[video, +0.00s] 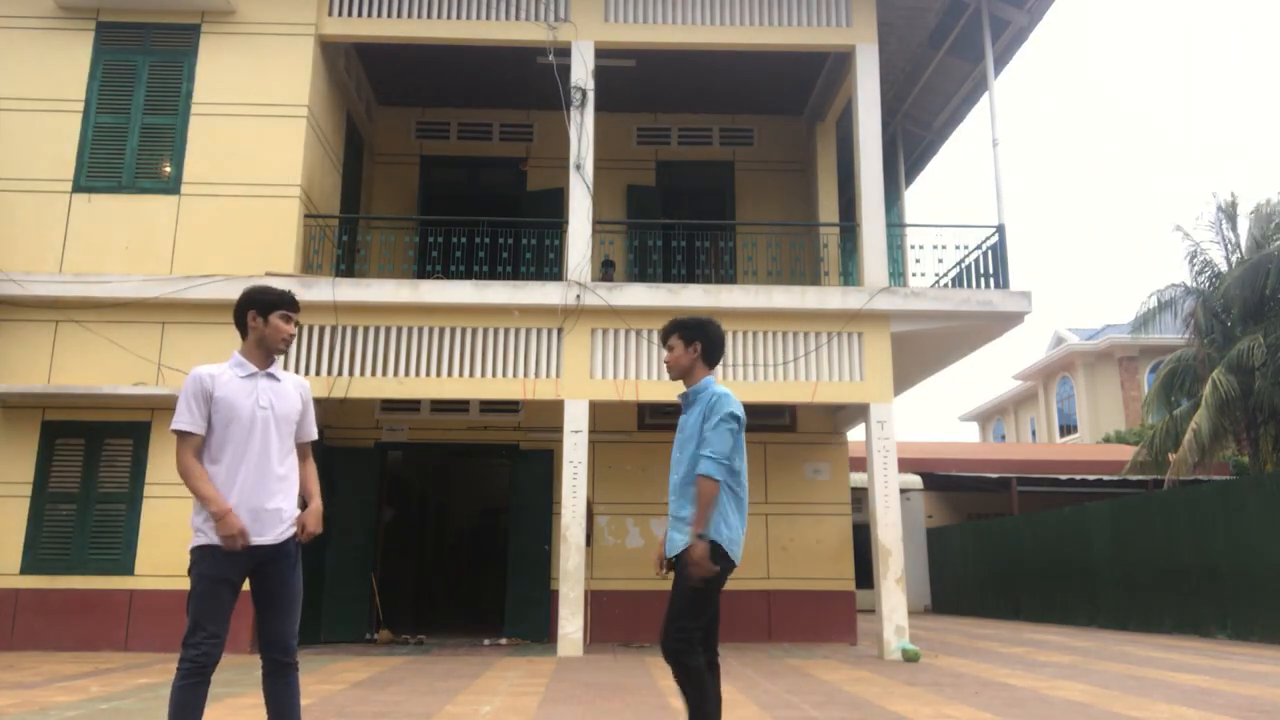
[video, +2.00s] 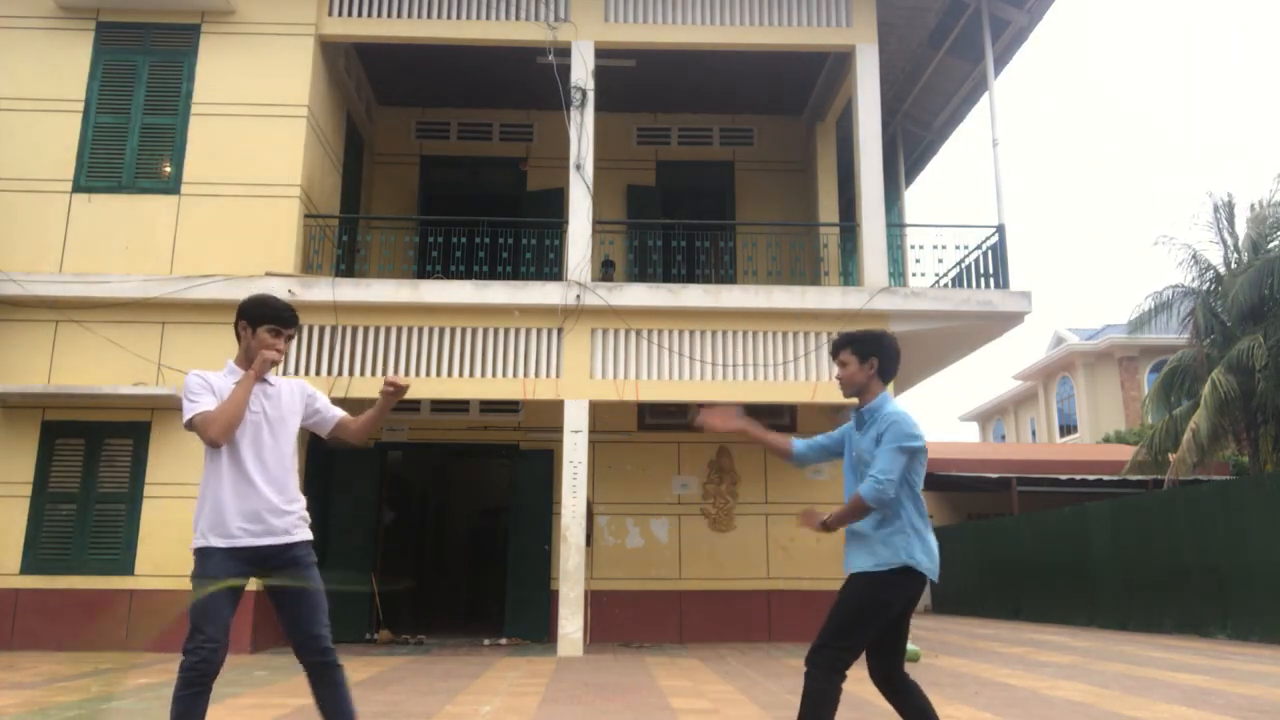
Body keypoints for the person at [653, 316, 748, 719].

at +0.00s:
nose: (665, 356)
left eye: (671, 348)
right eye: (665, 348)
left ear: (696, 350)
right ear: (690, 353)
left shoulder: (720, 402)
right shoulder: (695, 406)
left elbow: (710, 474)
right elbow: (687, 480)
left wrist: (699, 535)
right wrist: (669, 538)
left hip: (709, 542)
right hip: (692, 542)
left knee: (678, 641)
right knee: (701, 647)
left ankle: (705, 713)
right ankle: (707, 714)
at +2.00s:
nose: (837, 374)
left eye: (844, 365)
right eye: (837, 366)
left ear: (873, 367)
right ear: (864, 369)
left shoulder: (898, 425)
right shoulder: (858, 426)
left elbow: (878, 491)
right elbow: (801, 450)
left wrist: (831, 522)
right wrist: (742, 425)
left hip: (893, 564)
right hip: (883, 564)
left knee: (824, 664)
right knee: (887, 672)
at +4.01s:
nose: (837, 390)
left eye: (843, 380)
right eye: (836, 381)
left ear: (870, 380)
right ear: (870, 382)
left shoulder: (882, 430)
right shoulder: (904, 430)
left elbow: (819, 477)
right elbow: (878, 506)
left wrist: (750, 480)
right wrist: (834, 482)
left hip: (890, 574)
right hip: (918, 576)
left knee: (824, 667)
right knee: (889, 677)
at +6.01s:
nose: (804, 384)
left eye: (811, 375)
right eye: (803, 376)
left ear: (839, 376)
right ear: (834, 378)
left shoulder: (848, 429)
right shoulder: (831, 430)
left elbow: (833, 499)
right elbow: (783, 480)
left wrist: (773, 523)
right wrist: (752, 441)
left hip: (851, 577)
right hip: (853, 577)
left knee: (770, 651)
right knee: (882, 680)